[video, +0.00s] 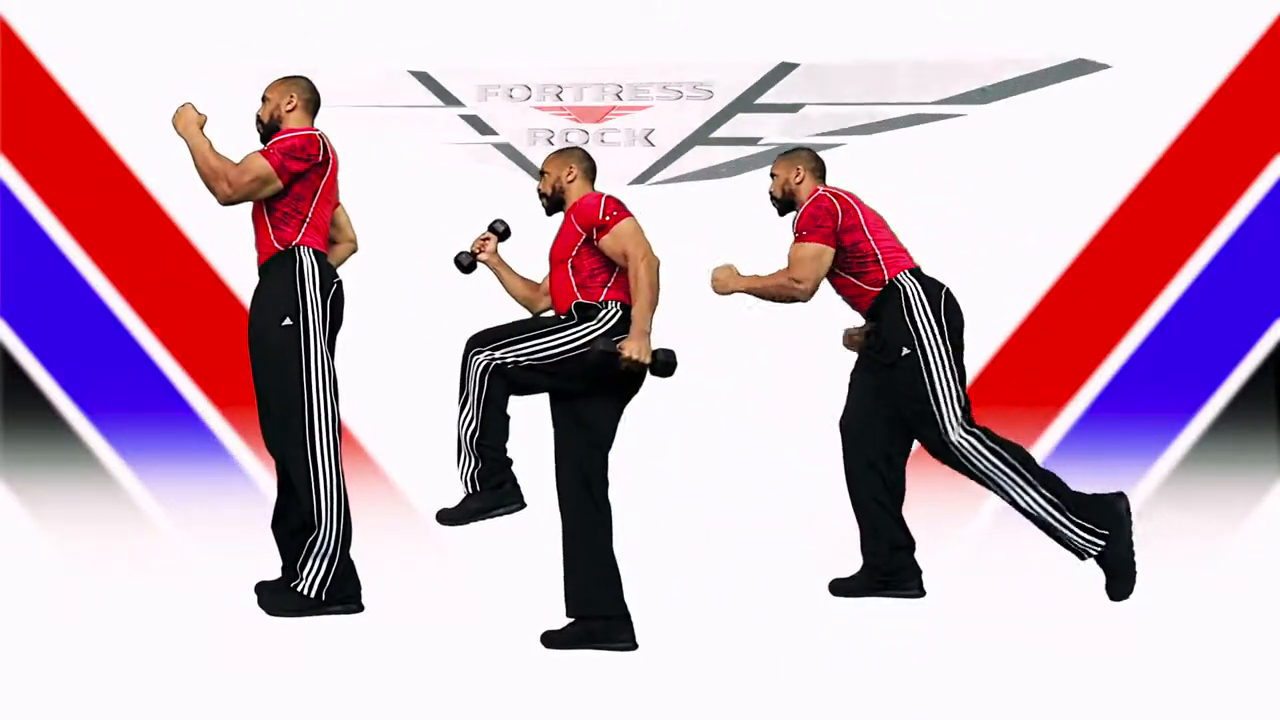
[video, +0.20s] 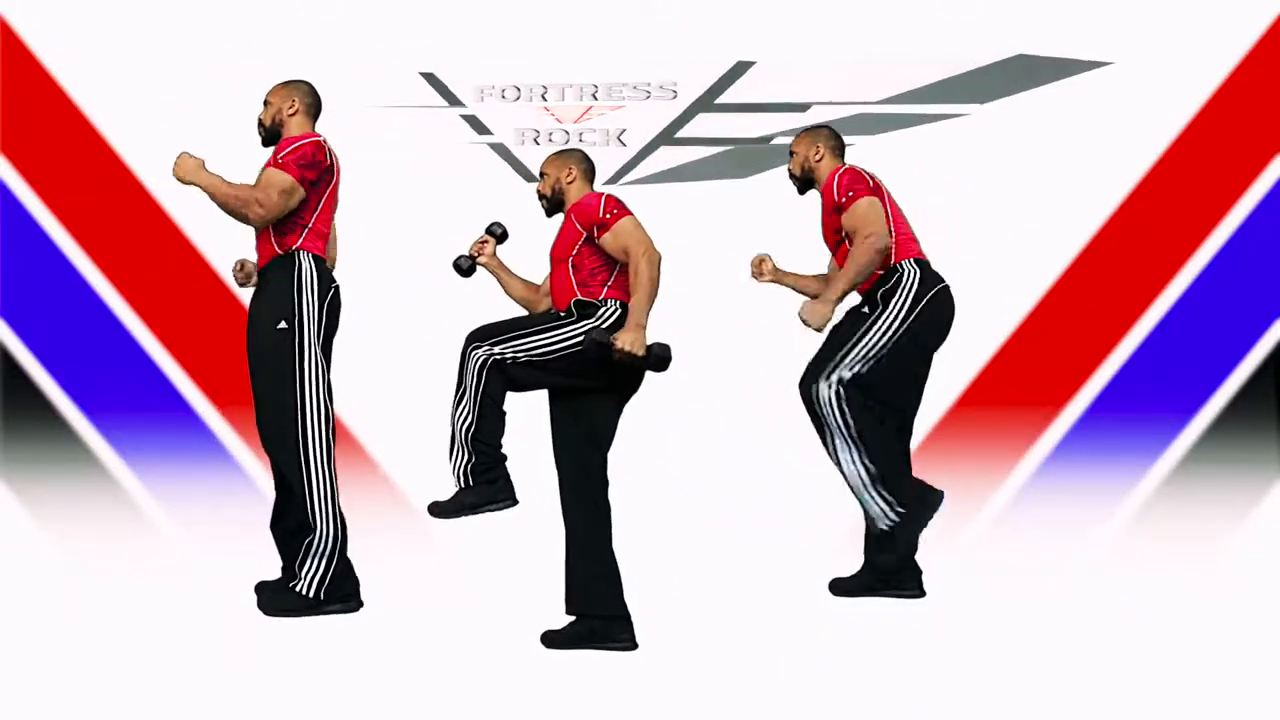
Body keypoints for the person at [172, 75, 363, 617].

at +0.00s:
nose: (258, 109)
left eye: (264, 100)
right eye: (260, 102)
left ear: (287, 102)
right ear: (298, 106)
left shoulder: (303, 143)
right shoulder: (303, 156)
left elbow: (229, 186)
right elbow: (343, 239)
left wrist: (193, 132)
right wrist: (296, 284)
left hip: (297, 284)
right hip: (289, 287)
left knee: (309, 428)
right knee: (288, 432)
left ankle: (326, 581)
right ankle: (304, 573)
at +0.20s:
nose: (260, 113)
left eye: (265, 104)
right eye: (262, 105)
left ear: (289, 105)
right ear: (297, 109)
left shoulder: (307, 146)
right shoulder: (293, 158)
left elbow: (263, 205)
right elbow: (315, 247)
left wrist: (201, 177)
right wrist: (260, 266)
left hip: (298, 284)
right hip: (283, 287)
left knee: (302, 426)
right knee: (282, 430)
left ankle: (324, 577)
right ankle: (304, 570)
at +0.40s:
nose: (260, 119)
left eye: (267, 109)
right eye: (262, 111)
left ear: (291, 111)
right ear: (293, 115)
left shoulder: (310, 151)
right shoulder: (283, 174)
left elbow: (329, 216)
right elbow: (268, 260)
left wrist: (255, 241)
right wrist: (217, 220)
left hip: (302, 286)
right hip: (295, 291)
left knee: (216, 374)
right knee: (289, 433)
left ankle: (254, 522)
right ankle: (315, 570)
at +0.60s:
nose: (261, 120)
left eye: (267, 110)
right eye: (263, 113)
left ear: (292, 112)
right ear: (294, 116)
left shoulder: (315, 152)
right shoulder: (283, 179)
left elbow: (362, 210)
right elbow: (228, 226)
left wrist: (315, 258)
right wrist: (209, 170)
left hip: (296, 282)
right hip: (297, 297)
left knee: (182, 295)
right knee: (293, 436)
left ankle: (193, 426)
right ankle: (318, 570)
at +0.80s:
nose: (260, 124)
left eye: (268, 114)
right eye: (262, 116)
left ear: (295, 116)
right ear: (295, 118)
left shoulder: (316, 155)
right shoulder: (287, 184)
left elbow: (358, 215)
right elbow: (231, 232)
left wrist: (309, 259)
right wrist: (208, 178)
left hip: (296, 284)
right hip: (296, 299)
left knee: (183, 282)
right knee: (291, 436)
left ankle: (186, 419)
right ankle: (319, 569)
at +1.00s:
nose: (261, 124)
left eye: (267, 114)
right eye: (263, 116)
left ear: (293, 115)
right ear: (295, 119)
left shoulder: (313, 156)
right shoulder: (285, 183)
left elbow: (356, 217)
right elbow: (230, 231)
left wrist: (306, 261)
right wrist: (208, 178)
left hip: (297, 286)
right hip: (298, 298)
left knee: (183, 300)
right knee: (286, 438)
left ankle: (196, 430)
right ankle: (316, 571)